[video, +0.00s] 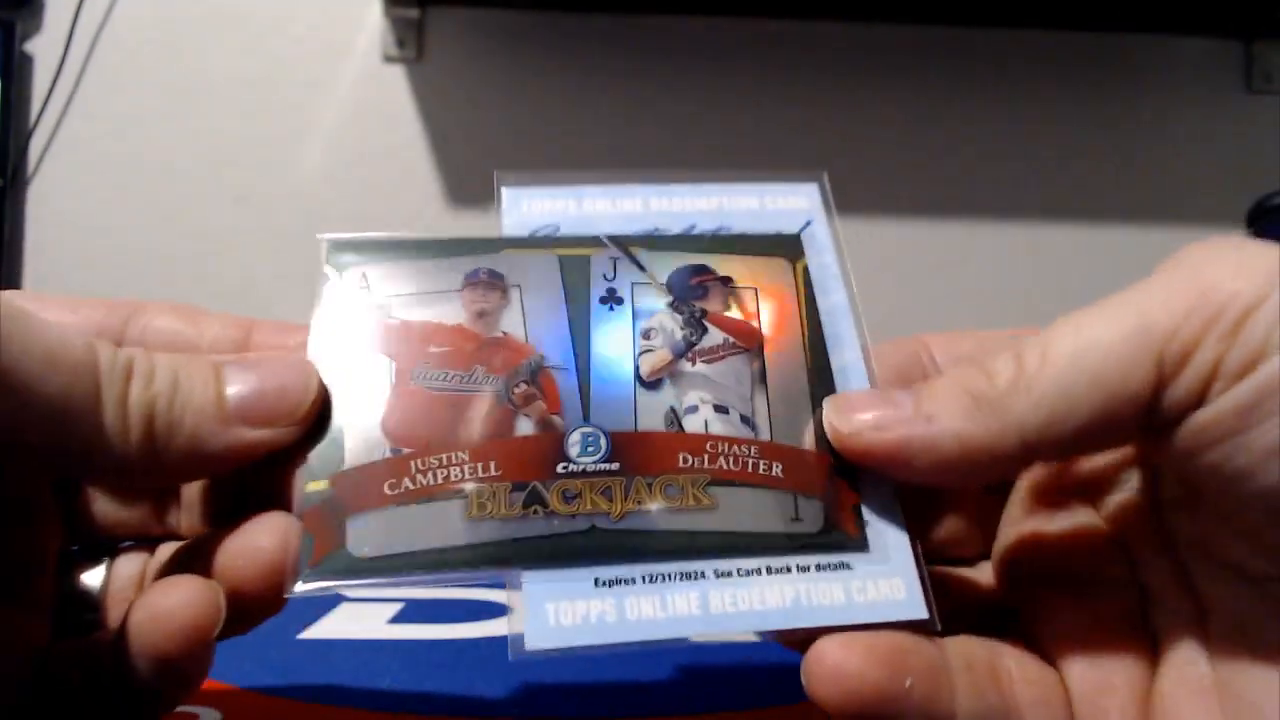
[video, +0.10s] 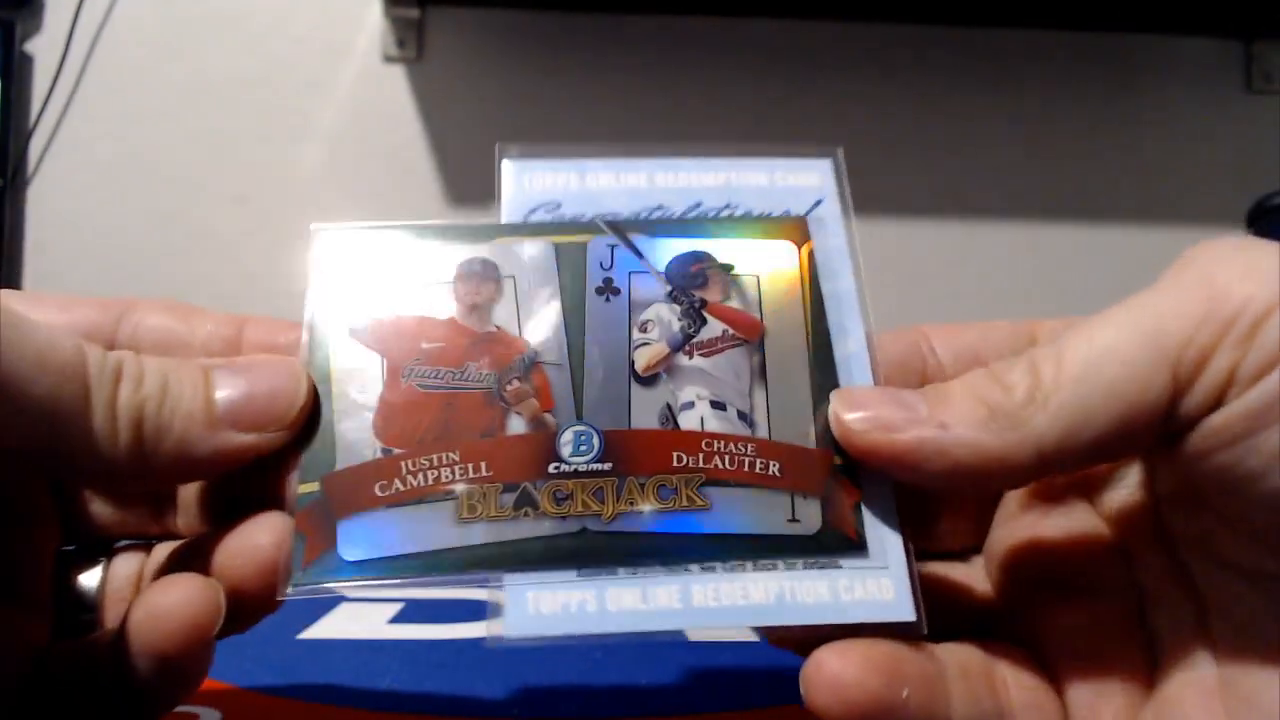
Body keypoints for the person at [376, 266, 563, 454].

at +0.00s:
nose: (481, 294)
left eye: (491, 288)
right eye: (474, 287)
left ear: (505, 300)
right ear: (462, 297)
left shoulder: (522, 355)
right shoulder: (423, 337)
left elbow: (558, 430)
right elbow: (365, 328)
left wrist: (535, 409)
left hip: (484, 469)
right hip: (411, 464)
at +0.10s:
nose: (473, 286)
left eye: (484, 280)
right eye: (465, 279)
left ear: (497, 292)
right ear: (454, 289)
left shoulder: (515, 350)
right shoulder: (414, 331)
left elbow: (549, 430)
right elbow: (352, 330)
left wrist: (530, 408)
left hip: (476, 470)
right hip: (403, 466)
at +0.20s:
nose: (473, 283)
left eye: (483, 276)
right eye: (466, 275)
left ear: (497, 287)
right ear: (453, 285)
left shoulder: (514, 350)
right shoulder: (411, 328)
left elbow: (547, 433)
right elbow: (328, 303)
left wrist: (529, 413)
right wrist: (359, 300)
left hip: (471, 476)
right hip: (397, 470)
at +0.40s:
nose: (479, 272)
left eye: (489, 266)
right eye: (471, 265)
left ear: (505, 278)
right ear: (459, 277)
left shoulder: (523, 344)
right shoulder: (415, 319)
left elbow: (556, 432)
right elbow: (328, 290)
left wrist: (536, 409)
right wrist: (363, 283)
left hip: (478, 477)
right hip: (401, 470)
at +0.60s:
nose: (491, 258)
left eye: (502, 252)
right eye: (483, 251)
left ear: (517, 265)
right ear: (470, 263)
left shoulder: (535, 333)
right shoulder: (425, 306)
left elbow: (568, 421)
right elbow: (337, 274)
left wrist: (548, 401)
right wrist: (376, 268)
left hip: (488, 466)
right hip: (410, 459)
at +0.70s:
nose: (497, 250)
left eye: (507, 244)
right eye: (489, 243)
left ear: (523, 257)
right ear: (476, 255)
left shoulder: (541, 324)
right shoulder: (431, 297)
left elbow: (573, 416)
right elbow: (342, 264)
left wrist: (552, 391)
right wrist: (381, 258)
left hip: (495, 458)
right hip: (416, 451)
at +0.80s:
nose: (500, 240)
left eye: (511, 233)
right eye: (492, 232)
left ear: (526, 246)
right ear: (479, 243)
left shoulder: (544, 315)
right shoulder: (433, 286)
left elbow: (574, 406)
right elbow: (347, 253)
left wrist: (554, 381)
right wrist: (379, 246)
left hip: (497, 447)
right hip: (420, 440)